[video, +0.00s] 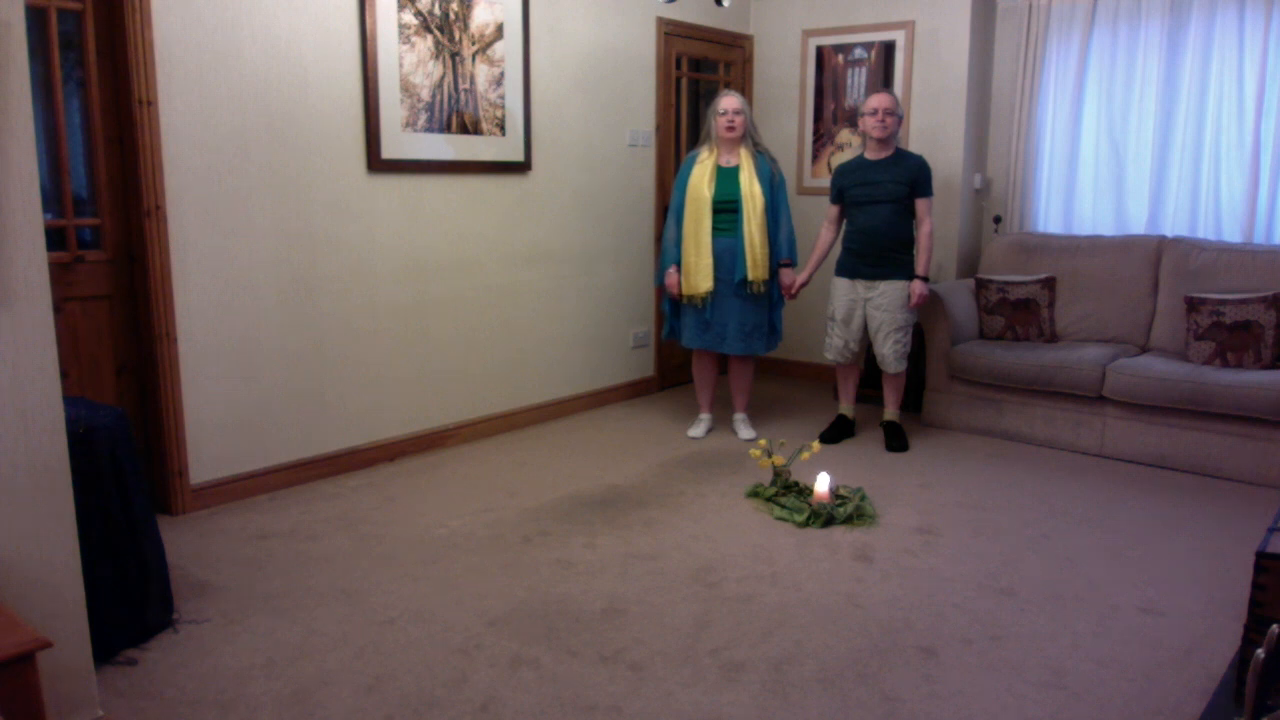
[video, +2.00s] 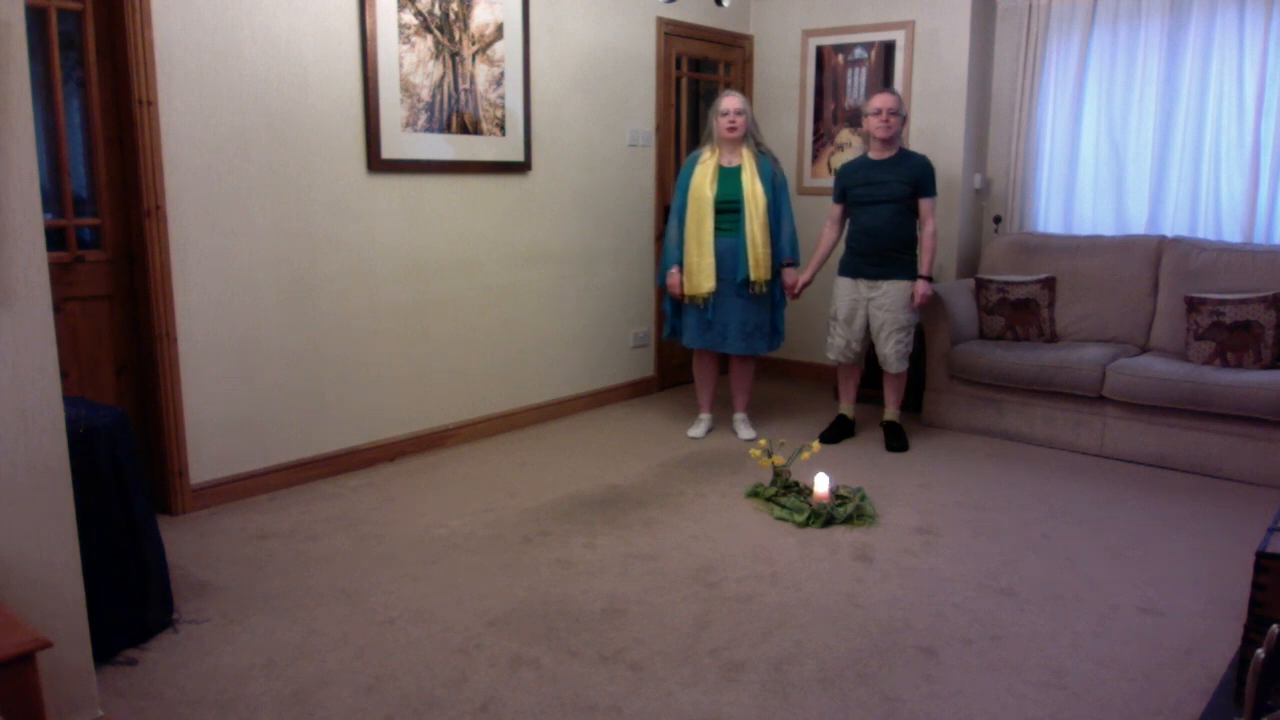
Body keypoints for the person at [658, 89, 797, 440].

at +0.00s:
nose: (730, 119)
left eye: (737, 113)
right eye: (723, 113)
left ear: (747, 119)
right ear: (712, 120)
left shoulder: (764, 164)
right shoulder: (694, 163)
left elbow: (780, 216)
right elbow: (675, 217)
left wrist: (785, 264)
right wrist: (671, 265)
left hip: (750, 268)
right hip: (701, 268)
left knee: (743, 344)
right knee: (703, 343)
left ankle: (741, 414)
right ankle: (705, 413)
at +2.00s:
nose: (732, 119)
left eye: (739, 114)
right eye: (725, 114)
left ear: (749, 119)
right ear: (714, 120)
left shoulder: (765, 164)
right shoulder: (695, 164)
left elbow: (782, 216)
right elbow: (677, 218)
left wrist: (788, 264)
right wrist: (673, 266)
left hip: (751, 268)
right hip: (703, 269)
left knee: (744, 344)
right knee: (704, 343)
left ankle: (740, 414)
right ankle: (704, 413)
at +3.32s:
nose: (682, 124)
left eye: (689, 117)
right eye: (674, 118)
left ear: (700, 123)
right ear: (664, 124)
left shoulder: (718, 170)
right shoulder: (645, 168)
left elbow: (737, 224)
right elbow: (625, 223)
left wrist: (750, 271)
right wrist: (614, 270)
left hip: (702, 279)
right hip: (650, 278)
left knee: (712, 349)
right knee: (650, 350)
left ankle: (726, 409)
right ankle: (656, 416)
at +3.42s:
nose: (674, 123)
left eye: (681, 116)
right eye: (666, 117)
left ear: (692, 122)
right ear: (656, 123)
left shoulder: (710, 169)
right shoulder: (637, 167)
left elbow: (729, 224)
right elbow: (617, 222)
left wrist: (739, 271)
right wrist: (605, 270)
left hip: (694, 276)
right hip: (643, 277)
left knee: (697, 347)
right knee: (648, 348)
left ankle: (698, 412)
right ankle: (655, 416)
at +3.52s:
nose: (668, 121)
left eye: (675, 115)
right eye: (661, 115)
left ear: (686, 120)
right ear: (650, 121)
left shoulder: (704, 169)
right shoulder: (630, 166)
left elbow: (722, 222)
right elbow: (610, 222)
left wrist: (731, 269)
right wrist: (599, 272)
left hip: (687, 274)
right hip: (637, 274)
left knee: (680, 347)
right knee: (646, 348)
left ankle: (666, 420)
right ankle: (655, 417)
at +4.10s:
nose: (637, 116)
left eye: (645, 110)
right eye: (630, 111)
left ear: (656, 119)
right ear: (617, 119)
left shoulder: (674, 167)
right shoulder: (597, 166)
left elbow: (692, 225)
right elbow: (577, 229)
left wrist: (700, 277)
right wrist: (570, 282)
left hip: (661, 283)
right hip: (607, 283)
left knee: (648, 367)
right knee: (606, 367)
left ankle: (632, 442)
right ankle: (621, 409)